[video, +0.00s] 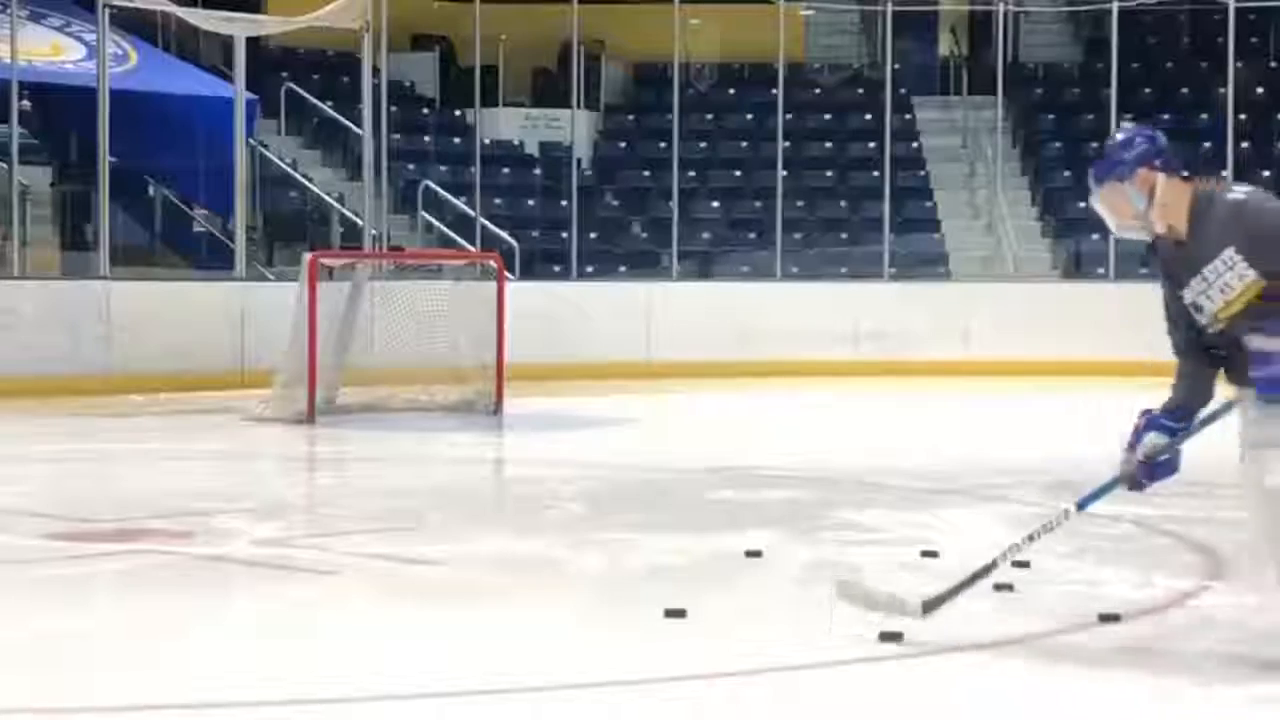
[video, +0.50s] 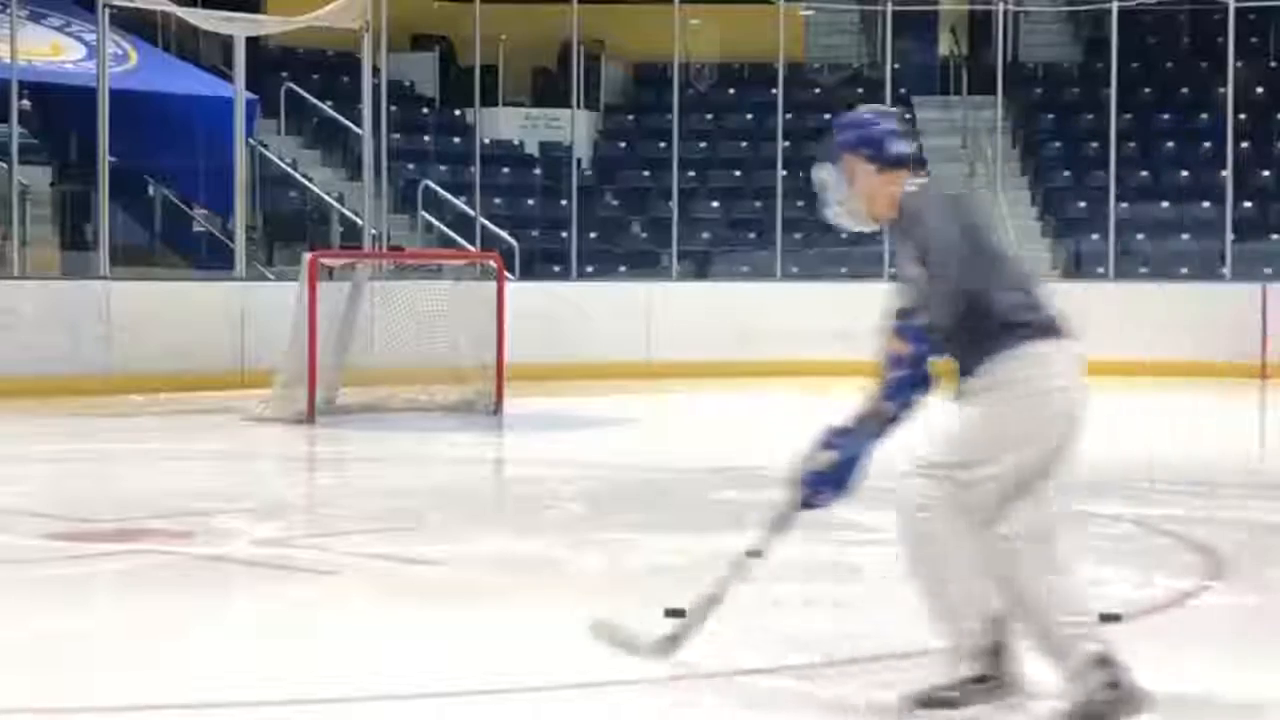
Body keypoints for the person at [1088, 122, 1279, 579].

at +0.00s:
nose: (1114, 213)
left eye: (1113, 193)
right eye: (1106, 199)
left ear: (1146, 178)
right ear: (1143, 181)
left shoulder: (1246, 212)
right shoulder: (1171, 259)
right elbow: (1197, 355)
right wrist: (1169, 425)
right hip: (1263, 397)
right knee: (1265, 533)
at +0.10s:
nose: (1080, 209)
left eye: (1080, 190)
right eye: (1072, 196)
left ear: (1113, 172)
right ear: (1112, 178)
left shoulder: (1209, 203)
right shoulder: (1149, 265)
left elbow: (1266, 273)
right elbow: (1167, 366)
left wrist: (1218, 340)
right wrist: (1128, 432)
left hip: (1271, 385)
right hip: (1245, 399)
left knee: (1263, 523)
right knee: (1260, 526)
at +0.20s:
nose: (1046, 203)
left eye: (1048, 183)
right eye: (1038, 190)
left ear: (1081, 165)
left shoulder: (1161, 197)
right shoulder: (1103, 250)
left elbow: (1209, 273)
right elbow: (1117, 361)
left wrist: (1147, 329)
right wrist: (1069, 438)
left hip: (1264, 371)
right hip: (1210, 393)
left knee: (1265, 523)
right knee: (1225, 533)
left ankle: (1272, 635)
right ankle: (1272, 637)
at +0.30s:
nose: (992, 187)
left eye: (998, 169)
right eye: (988, 173)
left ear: (1030, 159)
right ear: (1026, 165)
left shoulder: (1099, 197)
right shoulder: (1060, 234)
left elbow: (1136, 276)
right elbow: (1060, 344)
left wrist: (1087, 339)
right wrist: (1014, 429)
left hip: (1208, 365)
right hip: (1155, 388)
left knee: (1178, 497)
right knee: (1163, 508)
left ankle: (1240, 648)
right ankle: (1221, 648)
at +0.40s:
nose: (934, 187)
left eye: (937, 171)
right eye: (930, 173)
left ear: (964, 163)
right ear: (964, 166)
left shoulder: (1021, 196)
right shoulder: (999, 236)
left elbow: (1054, 273)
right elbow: (999, 347)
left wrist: (1015, 345)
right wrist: (944, 435)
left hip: (1132, 364)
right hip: (1108, 374)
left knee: (1057, 488)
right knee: (1095, 524)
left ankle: (1083, 661)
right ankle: (1185, 668)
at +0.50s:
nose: (845, 189)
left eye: (849, 172)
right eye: (842, 174)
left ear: (881, 167)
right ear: (892, 169)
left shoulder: (928, 213)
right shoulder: (919, 225)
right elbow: (911, 363)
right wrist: (851, 444)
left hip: (1026, 376)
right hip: (1044, 376)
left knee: (927, 487)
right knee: (1007, 528)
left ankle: (981, 661)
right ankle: (1097, 674)